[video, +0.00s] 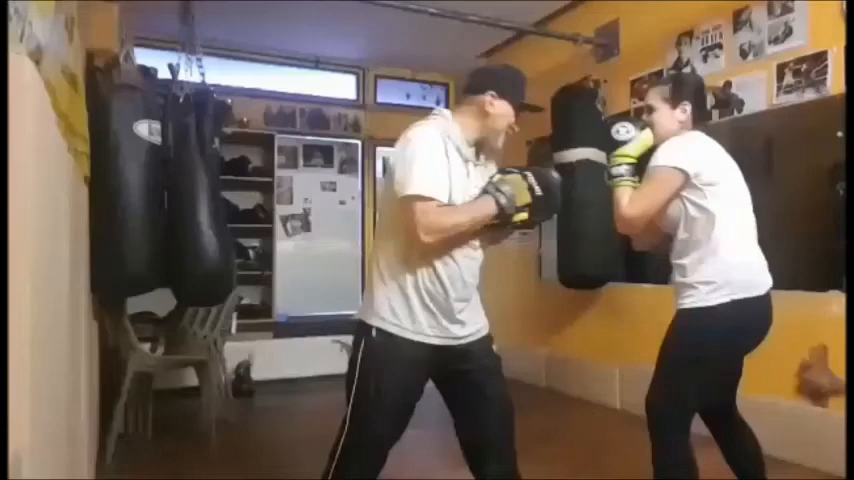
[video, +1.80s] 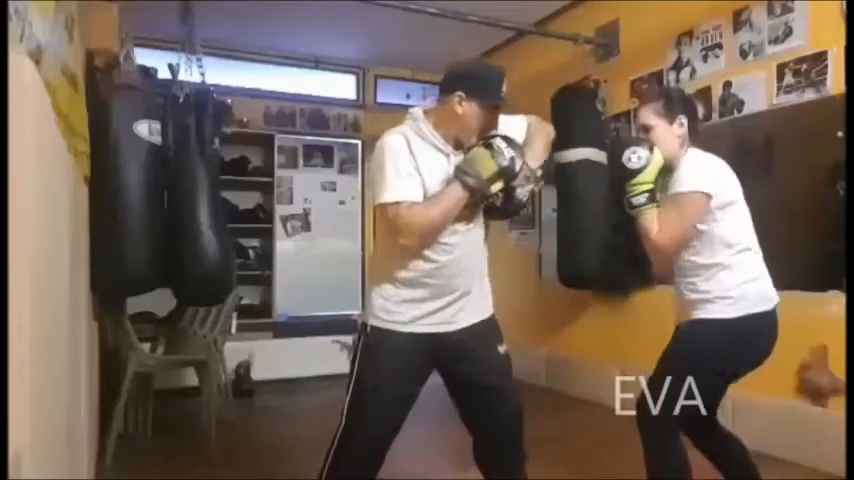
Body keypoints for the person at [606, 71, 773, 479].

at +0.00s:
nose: (643, 119)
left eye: (651, 109)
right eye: (643, 110)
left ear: (682, 111)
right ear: (682, 113)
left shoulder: (682, 149)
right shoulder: (709, 151)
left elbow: (629, 219)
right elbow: (645, 239)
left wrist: (621, 168)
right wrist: (627, 184)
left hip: (710, 308)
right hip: (745, 304)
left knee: (664, 411)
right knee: (718, 408)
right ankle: (755, 474)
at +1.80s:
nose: (641, 140)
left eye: (647, 128)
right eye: (638, 130)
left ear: (679, 127)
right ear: (675, 129)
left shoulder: (697, 169)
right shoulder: (679, 176)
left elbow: (662, 249)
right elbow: (664, 269)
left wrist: (641, 194)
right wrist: (638, 199)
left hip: (729, 321)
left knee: (654, 411)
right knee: (695, 417)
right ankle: (747, 475)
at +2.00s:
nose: (640, 137)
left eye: (648, 126)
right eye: (635, 129)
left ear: (679, 123)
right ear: (630, 133)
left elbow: (681, 246)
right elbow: (616, 256)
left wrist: (657, 187)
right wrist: (567, 245)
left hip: (727, 316)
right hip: (676, 322)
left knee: (657, 415)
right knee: (682, 428)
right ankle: (729, 475)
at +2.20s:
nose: (633, 133)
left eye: (641, 121)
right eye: (629, 125)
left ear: (673, 115)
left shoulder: (705, 166)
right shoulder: (651, 174)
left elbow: (671, 243)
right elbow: (640, 239)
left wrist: (643, 179)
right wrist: (595, 217)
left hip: (709, 319)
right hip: (664, 318)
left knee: (651, 423)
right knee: (681, 425)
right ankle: (720, 474)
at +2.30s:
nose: (632, 130)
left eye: (638, 117)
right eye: (627, 121)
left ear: (669, 110)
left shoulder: (709, 160)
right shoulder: (638, 171)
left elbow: (674, 228)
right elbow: (585, 210)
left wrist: (643, 170)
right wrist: (563, 172)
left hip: (711, 313)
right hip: (663, 315)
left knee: (655, 420)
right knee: (687, 420)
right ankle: (734, 474)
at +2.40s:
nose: (626, 123)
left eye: (632, 112)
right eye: (624, 115)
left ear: (662, 105)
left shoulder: (703, 145)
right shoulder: (626, 168)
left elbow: (687, 190)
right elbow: (572, 199)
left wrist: (651, 145)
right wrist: (542, 161)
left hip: (710, 305)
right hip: (666, 313)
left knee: (653, 419)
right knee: (694, 412)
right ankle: (746, 474)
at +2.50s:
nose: (621, 117)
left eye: (627, 107)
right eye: (619, 109)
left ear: (656, 102)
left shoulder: (690, 146)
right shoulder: (633, 165)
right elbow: (611, 221)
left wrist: (653, 116)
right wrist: (578, 186)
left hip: (701, 301)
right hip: (669, 307)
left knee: (644, 413)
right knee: (691, 409)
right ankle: (742, 474)